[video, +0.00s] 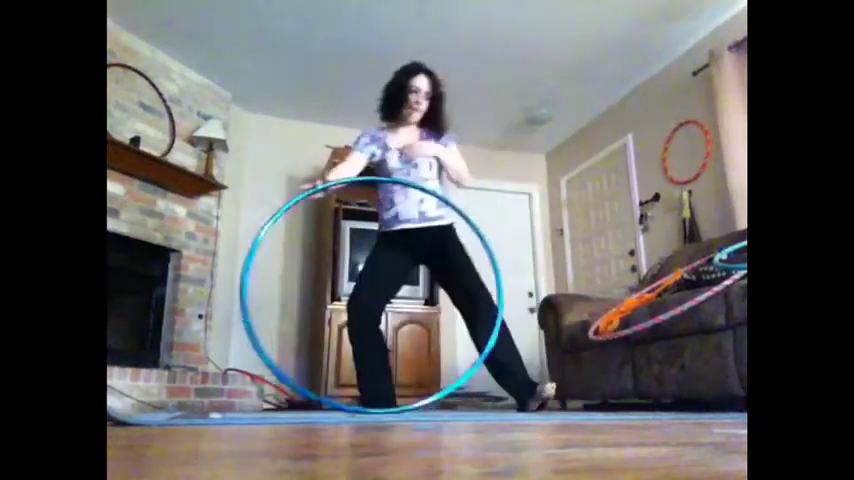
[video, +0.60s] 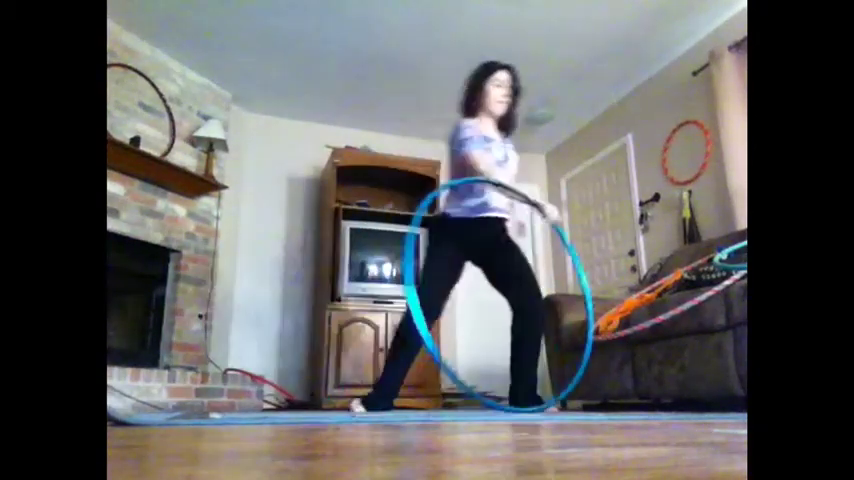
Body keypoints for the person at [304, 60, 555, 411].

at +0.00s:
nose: (418, 100)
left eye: (425, 95)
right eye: (412, 92)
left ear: (432, 101)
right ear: (397, 94)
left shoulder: (440, 139)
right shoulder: (376, 138)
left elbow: (463, 179)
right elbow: (349, 167)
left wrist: (437, 151)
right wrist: (327, 180)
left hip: (439, 234)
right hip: (395, 238)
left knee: (479, 306)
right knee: (361, 309)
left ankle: (526, 392)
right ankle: (379, 406)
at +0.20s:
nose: (418, 105)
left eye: (424, 100)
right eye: (411, 97)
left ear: (428, 107)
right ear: (393, 100)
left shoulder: (435, 145)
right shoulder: (377, 147)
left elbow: (450, 186)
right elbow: (357, 190)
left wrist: (456, 196)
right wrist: (363, 188)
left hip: (444, 236)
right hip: (402, 243)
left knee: (489, 303)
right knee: (366, 308)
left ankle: (523, 399)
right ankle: (380, 404)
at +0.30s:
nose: (429, 103)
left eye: (434, 98)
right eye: (421, 95)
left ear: (438, 106)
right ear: (402, 99)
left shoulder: (443, 144)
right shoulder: (386, 147)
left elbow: (458, 185)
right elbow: (381, 196)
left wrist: (475, 217)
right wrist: (403, 180)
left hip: (451, 234)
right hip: (410, 241)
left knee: (496, 302)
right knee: (375, 306)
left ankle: (520, 397)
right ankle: (378, 402)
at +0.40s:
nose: (452, 99)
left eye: (458, 94)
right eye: (445, 90)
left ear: (463, 102)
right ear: (427, 95)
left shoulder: (466, 142)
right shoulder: (414, 138)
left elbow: (471, 188)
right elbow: (418, 187)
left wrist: (485, 220)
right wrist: (453, 185)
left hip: (466, 233)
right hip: (425, 236)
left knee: (510, 302)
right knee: (390, 306)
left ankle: (522, 398)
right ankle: (381, 401)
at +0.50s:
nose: (473, 95)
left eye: (478, 90)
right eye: (466, 87)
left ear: (484, 100)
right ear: (447, 93)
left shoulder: (482, 143)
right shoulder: (436, 135)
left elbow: (485, 188)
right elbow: (446, 184)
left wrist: (493, 218)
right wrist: (492, 194)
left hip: (476, 231)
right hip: (437, 231)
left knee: (519, 303)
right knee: (404, 307)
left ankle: (523, 399)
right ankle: (382, 401)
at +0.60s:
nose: (503, 93)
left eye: (508, 88)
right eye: (495, 85)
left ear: (514, 98)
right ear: (478, 91)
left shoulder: (503, 141)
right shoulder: (468, 129)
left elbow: (498, 189)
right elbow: (483, 170)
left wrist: (507, 219)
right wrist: (537, 203)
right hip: (468, 226)